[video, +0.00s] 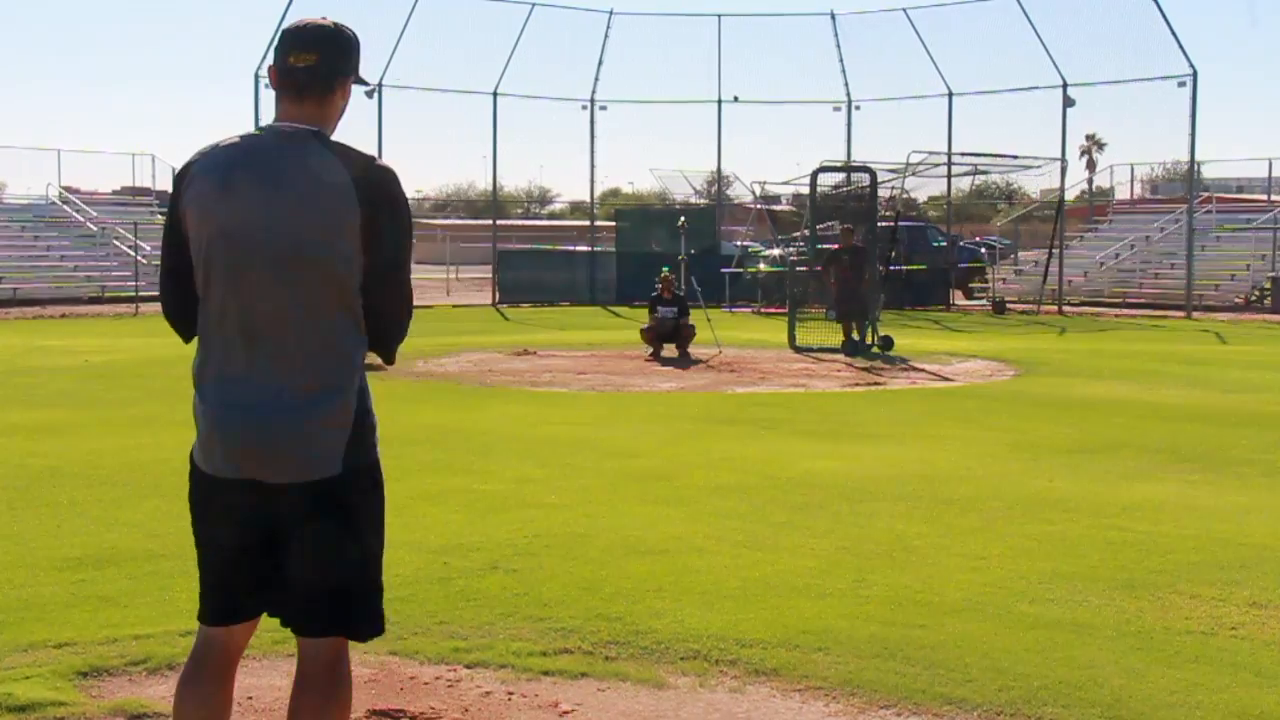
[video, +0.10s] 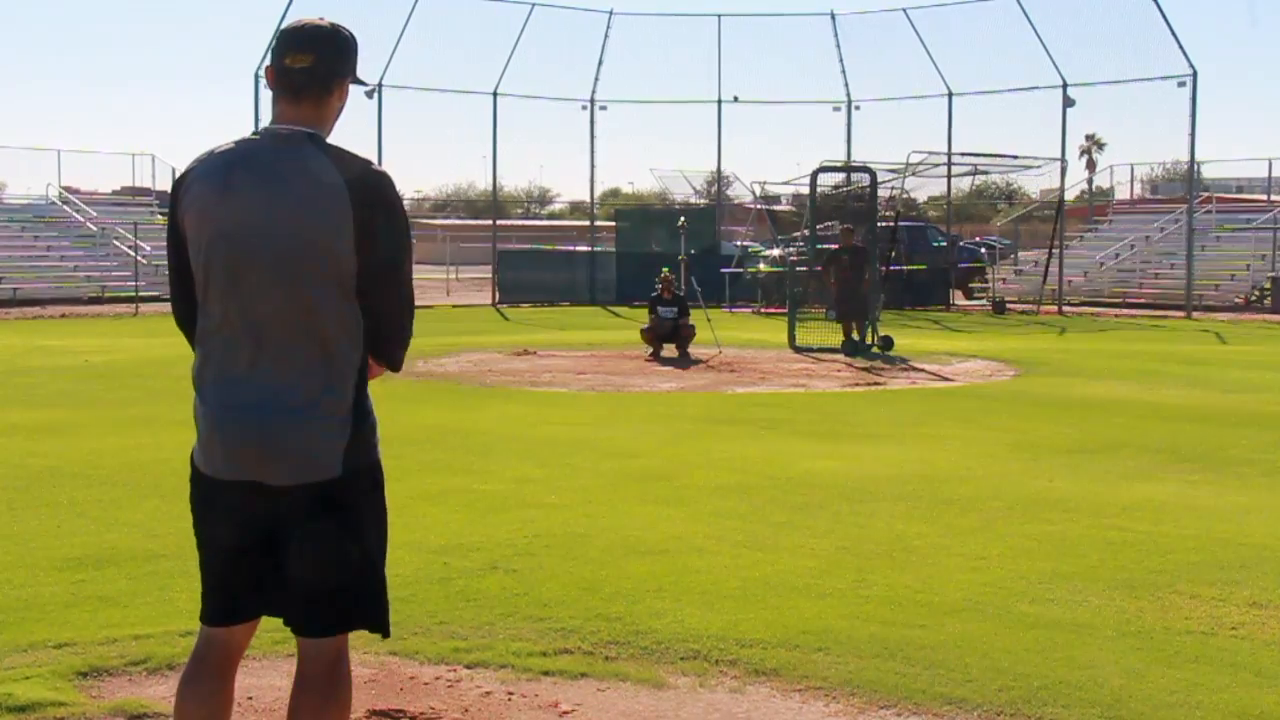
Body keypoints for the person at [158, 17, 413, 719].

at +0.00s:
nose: (342, 99)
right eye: (348, 88)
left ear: (272, 82)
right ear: (348, 92)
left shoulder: (200, 172)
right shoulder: (371, 182)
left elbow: (182, 315)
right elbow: (387, 332)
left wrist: (254, 272)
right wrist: (323, 271)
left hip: (223, 442)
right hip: (326, 446)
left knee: (220, 631)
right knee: (325, 648)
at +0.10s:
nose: (343, 98)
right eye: (346, 88)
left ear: (269, 82)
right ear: (344, 92)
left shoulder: (198, 178)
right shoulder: (366, 186)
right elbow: (390, 342)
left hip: (222, 445)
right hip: (325, 449)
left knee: (221, 633)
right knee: (324, 647)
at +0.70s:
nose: (301, 120)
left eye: (302, 107)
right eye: (303, 106)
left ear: (227, 98)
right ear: (289, 105)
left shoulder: (158, 190)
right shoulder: (273, 200)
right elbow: (308, 343)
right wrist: (359, 347)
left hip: (169, 453)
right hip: (264, 456)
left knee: (155, 623)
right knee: (289, 646)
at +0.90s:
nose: (256, 147)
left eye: (262, 134)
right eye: (259, 130)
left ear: (199, 110)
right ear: (227, 112)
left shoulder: (127, 187)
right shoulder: (203, 201)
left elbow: (187, 306)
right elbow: (268, 331)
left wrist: (285, 288)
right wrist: (333, 303)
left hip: (107, 450)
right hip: (196, 456)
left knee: (107, 623)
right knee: (263, 627)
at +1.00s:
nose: (243, 155)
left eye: (249, 144)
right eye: (244, 139)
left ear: (193, 116)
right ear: (210, 115)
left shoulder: (115, 184)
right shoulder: (169, 192)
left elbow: (180, 302)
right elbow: (242, 319)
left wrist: (275, 283)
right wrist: (313, 296)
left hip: (89, 445)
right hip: (167, 451)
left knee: (98, 613)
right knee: (263, 603)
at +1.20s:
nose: (226, 167)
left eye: (234, 156)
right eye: (228, 150)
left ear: (186, 121)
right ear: (192, 119)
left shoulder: (104, 185)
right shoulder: (143, 192)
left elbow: (168, 299)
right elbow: (220, 311)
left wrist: (257, 280)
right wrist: (297, 282)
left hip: (74, 444)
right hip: (144, 447)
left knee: (90, 608)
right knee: (242, 594)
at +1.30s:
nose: (223, 168)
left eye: (231, 157)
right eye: (225, 151)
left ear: (183, 122)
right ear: (189, 120)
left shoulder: (104, 184)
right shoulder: (140, 191)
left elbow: (169, 297)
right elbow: (212, 311)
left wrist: (252, 280)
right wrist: (297, 281)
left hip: (70, 443)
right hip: (138, 448)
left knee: (88, 607)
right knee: (229, 600)